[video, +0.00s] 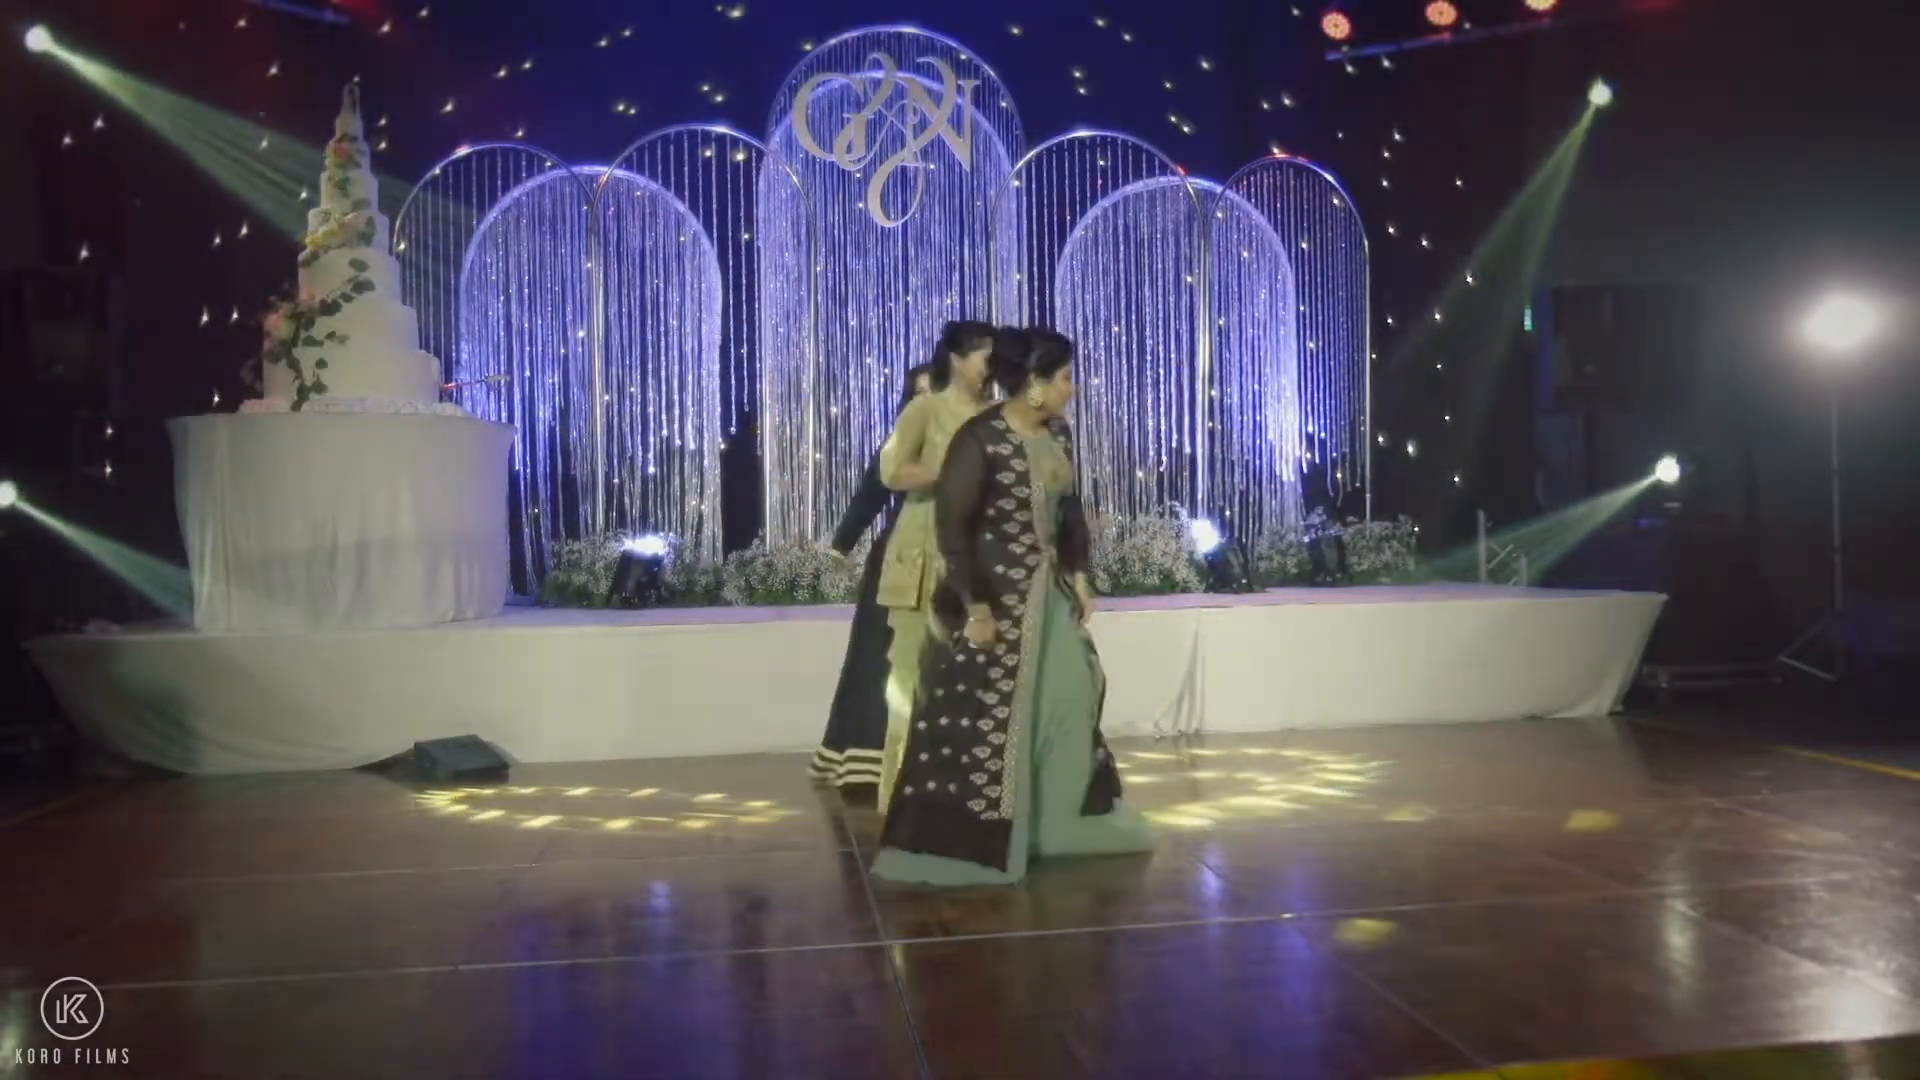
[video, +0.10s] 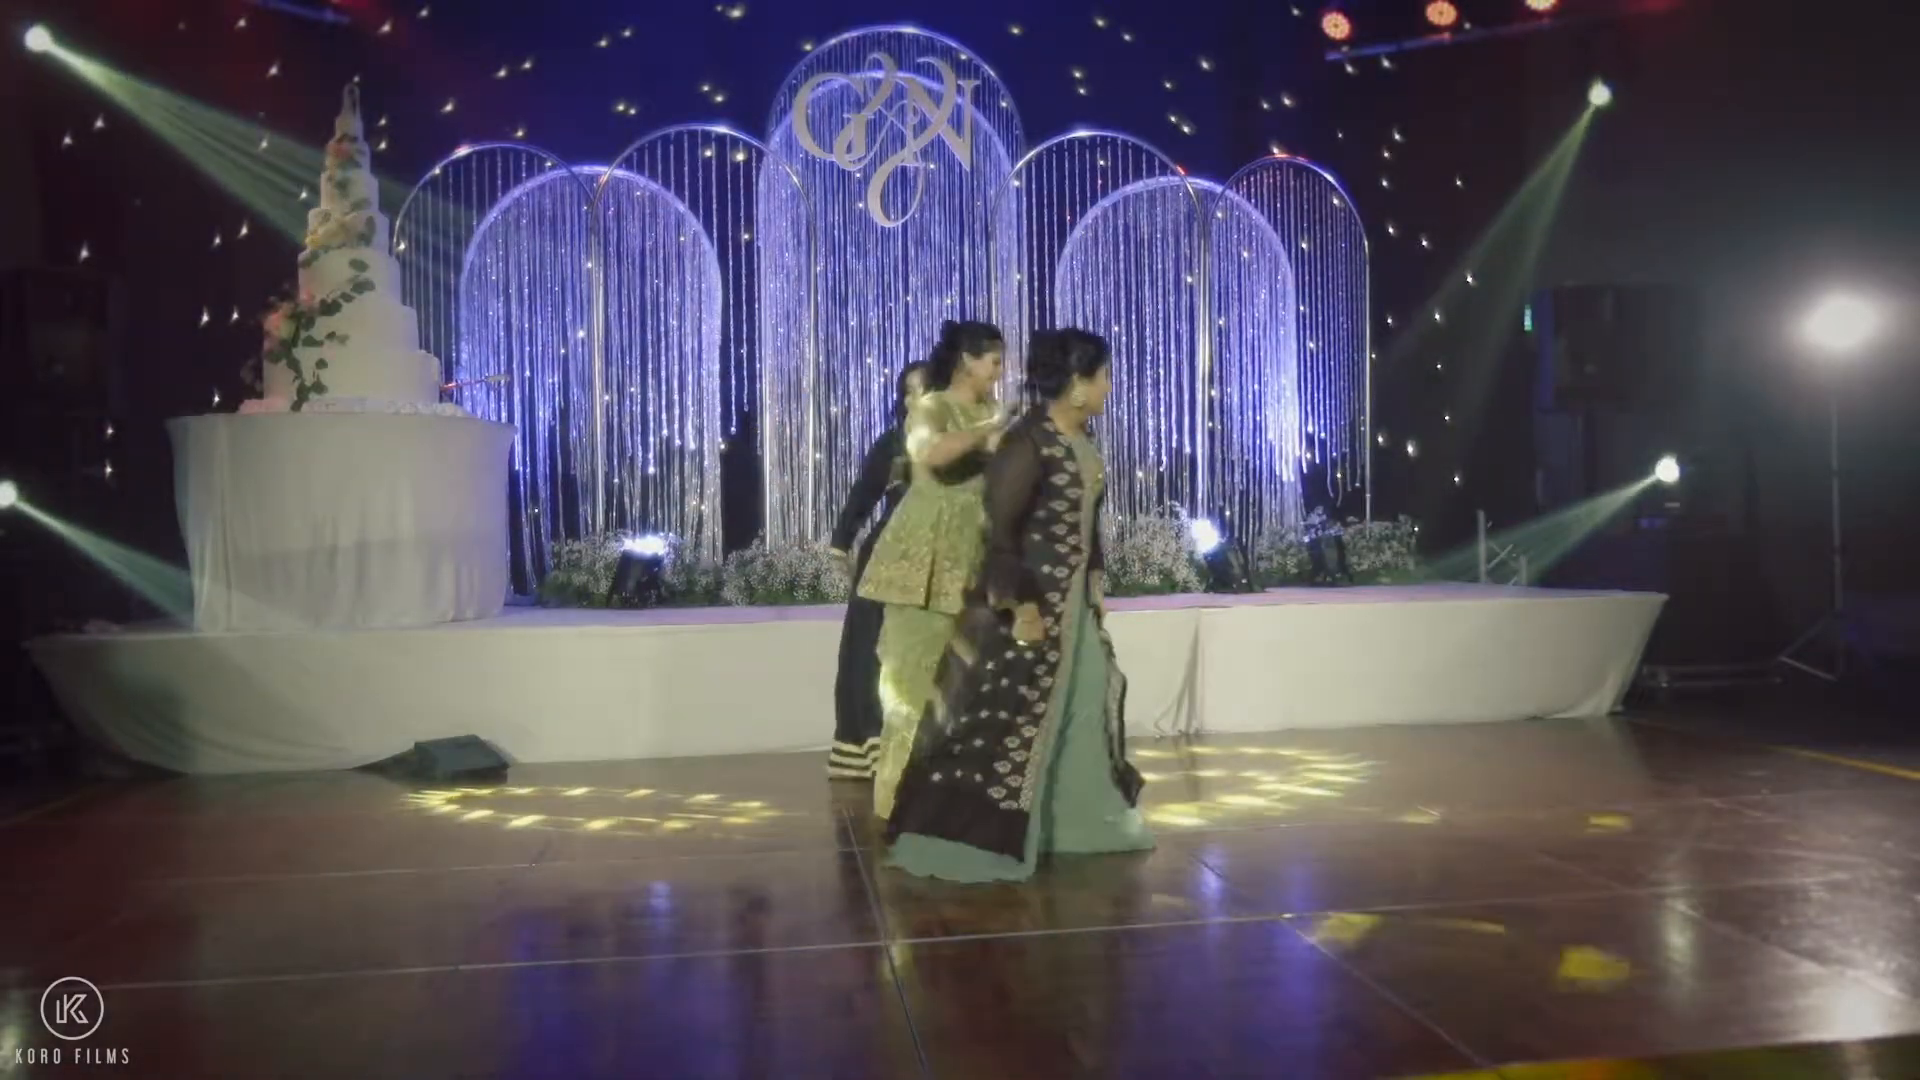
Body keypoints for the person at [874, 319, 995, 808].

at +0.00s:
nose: (988, 366)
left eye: (992, 358)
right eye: (981, 357)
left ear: (991, 362)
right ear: (956, 359)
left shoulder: (996, 415)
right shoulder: (924, 409)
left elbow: (1008, 478)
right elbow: (892, 471)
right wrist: (951, 477)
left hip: (976, 565)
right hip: (918, 565)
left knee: (969, 685)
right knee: (911, 685)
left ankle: (960, 799)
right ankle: (898, 798)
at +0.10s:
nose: (1000, 371)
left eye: (1001, 361)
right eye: (993, 361)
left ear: (979, 364)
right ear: (966, 360)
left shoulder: (991, 418)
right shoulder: (929, 407)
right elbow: (930, 452)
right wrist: (991, 430)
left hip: (974, 565)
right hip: (922, 565)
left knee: (965, 692)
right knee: (909, 690)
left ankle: (949, 812)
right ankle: (894, 806)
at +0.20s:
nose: (1007, 374)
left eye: (1006, 364)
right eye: (1002, 363)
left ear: (981, 365)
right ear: (979, 362)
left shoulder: (984, 423)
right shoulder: (946, 410)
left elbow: (1023, 492)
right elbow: (975, 446)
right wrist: (1023, 412)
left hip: (968, 595)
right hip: (923, 592)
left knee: (959, 708)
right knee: (921, 704)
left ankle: (945, 816)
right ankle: (904, 814)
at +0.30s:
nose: (1010, 379)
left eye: (1010, 370)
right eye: (1008, 369)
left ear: (966, 367)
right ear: (994, 368)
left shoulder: (938, 417)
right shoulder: (974, 416)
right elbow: (1017, 461)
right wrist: (1058, 428)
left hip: (923, 573)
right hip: (958, 576)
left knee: (918, 680)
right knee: (952, 686)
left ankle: (898, 788)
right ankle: (921, 795)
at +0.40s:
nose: (1011, 389)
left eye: (1010, 380)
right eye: (1010, 381)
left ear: (967, 378)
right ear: (999, 384)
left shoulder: (939, 427)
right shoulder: (994, 433)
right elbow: (1040, 488)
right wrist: (1076, 481)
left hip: (929, 577)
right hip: (979, 578)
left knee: (933, 680)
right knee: (983, 685)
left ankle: (906, 784)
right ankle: (953, 792)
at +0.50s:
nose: (1006, 392)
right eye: (1007, 385)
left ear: (965, 385)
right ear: (1007, 389)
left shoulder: (934, 436)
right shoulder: (1012, 442)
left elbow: (908, 516)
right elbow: (1053, 509)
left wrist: (889, 584)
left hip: (930, 582)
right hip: (989, 581)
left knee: (930, 680)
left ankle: (916, 785)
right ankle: (979, 785)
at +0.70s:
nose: (966, 383)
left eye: (966, 376)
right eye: (971, 376)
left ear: (970, 377)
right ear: (1011, 376)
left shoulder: (947, 423)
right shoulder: (1033, 427)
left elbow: (915, 490)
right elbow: (1059, 505)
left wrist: (896, 531)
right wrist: (1079, 565)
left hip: (964, 568)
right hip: (1028, 568)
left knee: (961, 673)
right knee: (1030, 672)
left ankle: (960, 790)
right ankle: (1028, 788)